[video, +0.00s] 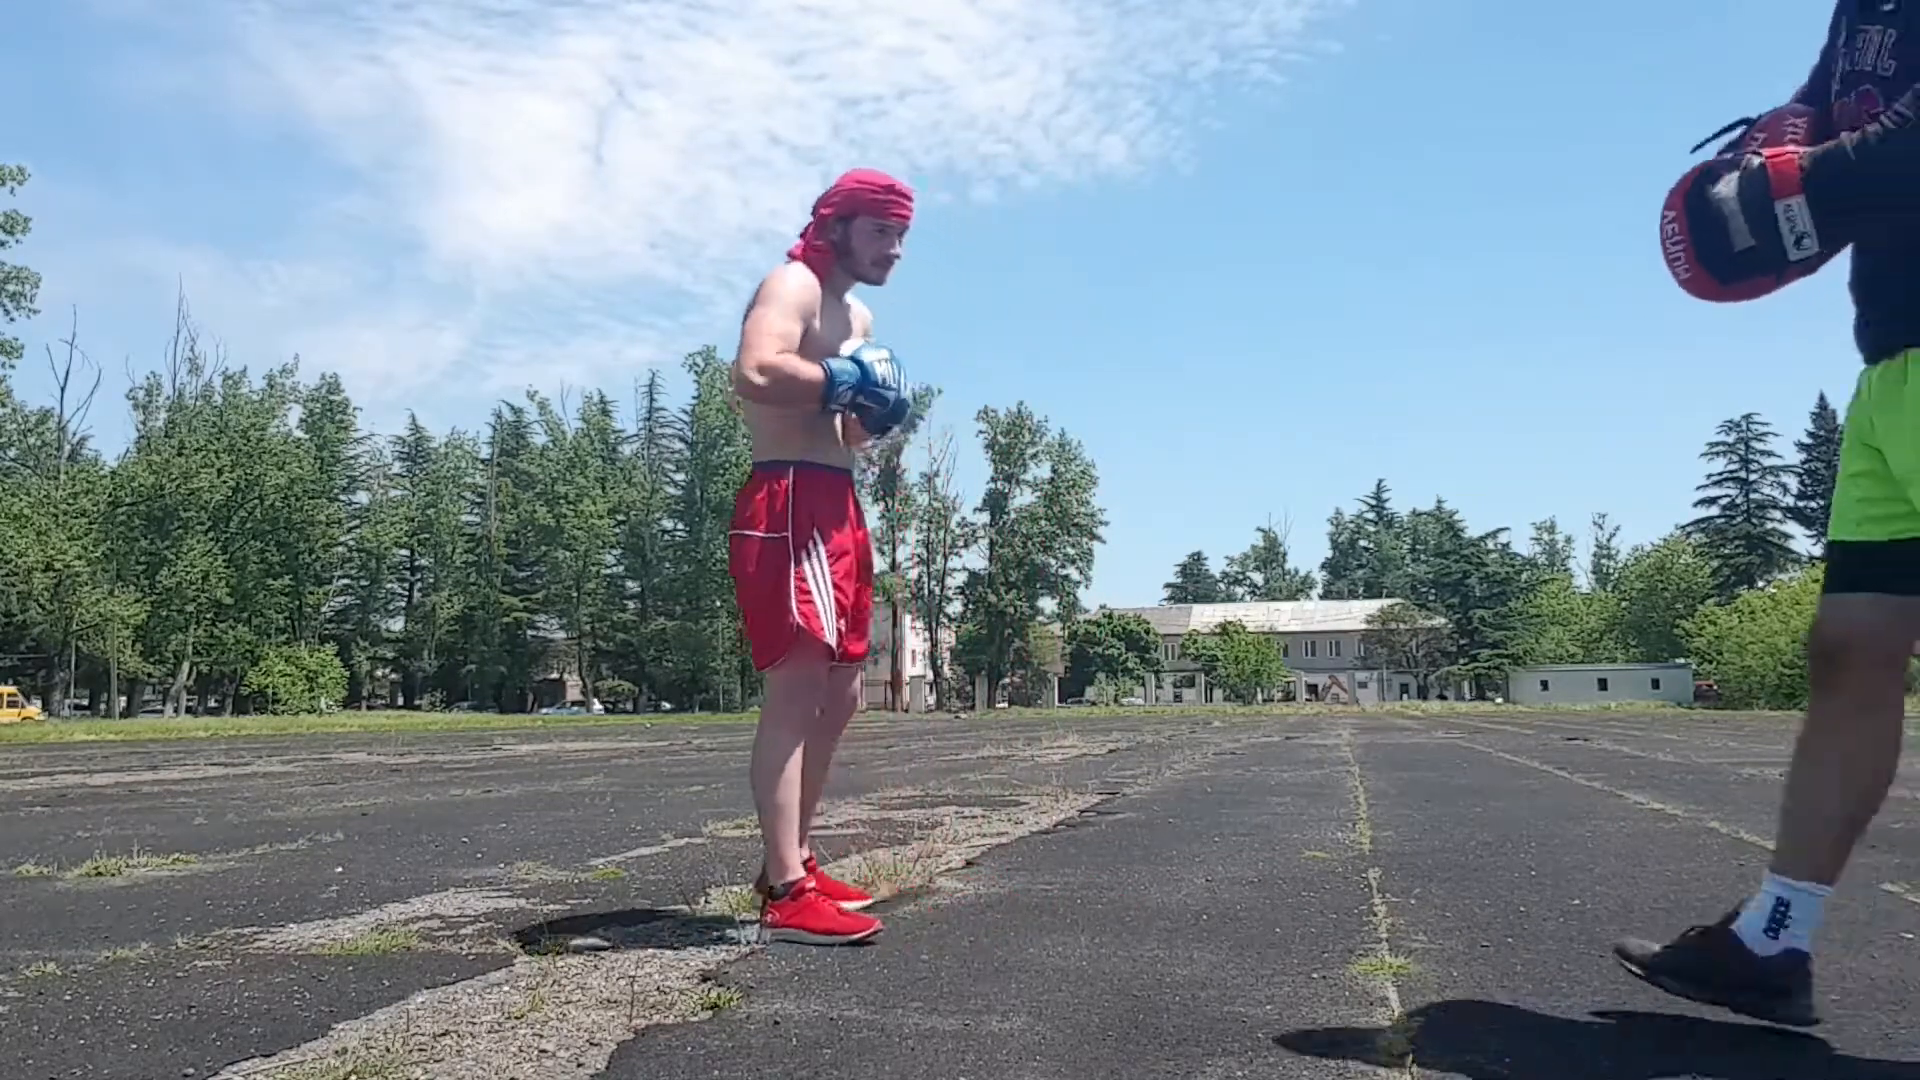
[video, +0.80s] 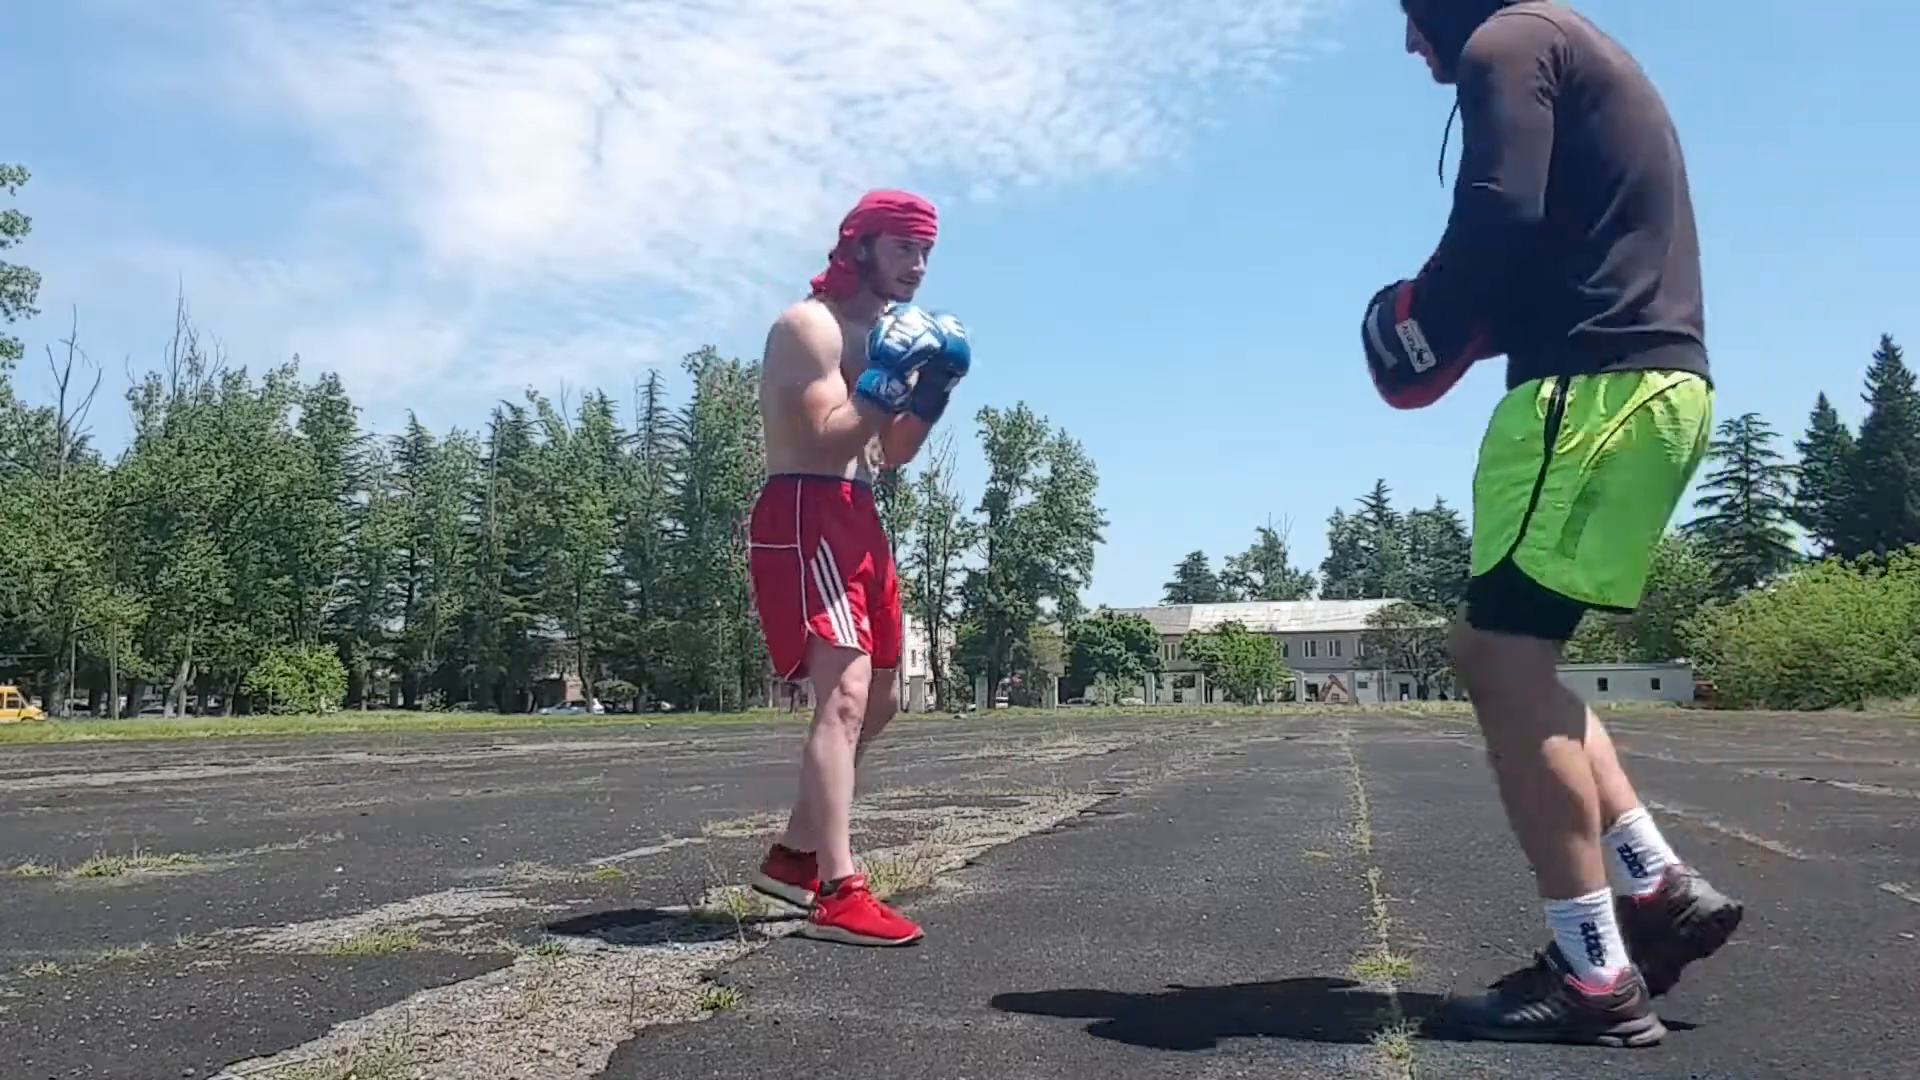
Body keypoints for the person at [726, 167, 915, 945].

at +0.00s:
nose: (895, 250)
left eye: (901, 237)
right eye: (883, 234)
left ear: (889, 243)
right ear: (836, 227)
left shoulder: (858, 318)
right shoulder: (791, 284)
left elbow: (844, 434)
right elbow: (754, 371)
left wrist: (877, 421)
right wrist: (847, 382)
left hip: (837, 504)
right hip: (785, 502)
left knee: (842, 693)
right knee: (798, 686)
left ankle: (796, 862)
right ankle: (781, 883)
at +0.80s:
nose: (917, 263)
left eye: (924, 252)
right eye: (905, 247)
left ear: (918, 262)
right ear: (859, 246)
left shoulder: (879, 338)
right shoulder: (806, 323)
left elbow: (892, 452)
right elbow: (824, 431)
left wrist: (934, 393)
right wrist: (889, 384)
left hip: (857, 516)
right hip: (807, 514)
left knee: (880, 698)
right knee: (843, 697)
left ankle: (795, 850)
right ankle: (839, 887)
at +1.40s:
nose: (958, 297)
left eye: (962, 285)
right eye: (947, 283)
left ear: (954, 290)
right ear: (907, 280)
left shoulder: (934, 347)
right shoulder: (876, 314)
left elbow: (933, 454)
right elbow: (810, 389)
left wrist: (972, 387)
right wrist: (895, 380)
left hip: (900, 525)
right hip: (852, 517)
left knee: (907, 691)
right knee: (887, 680)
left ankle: (855, 857)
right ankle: (860, 870)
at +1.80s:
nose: (960, 294)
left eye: (962, 283)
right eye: (947, 281)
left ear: (945, 292)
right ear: (905, 284)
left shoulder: (933, 368)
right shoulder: (863, 340)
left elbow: (950, 463)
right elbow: (878, 429)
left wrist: (980, 389)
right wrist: (969, 419)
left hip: (895, 536)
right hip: (851, 532)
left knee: (912, 697)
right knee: (937, 667)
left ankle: (850, 859)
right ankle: (878, 841)